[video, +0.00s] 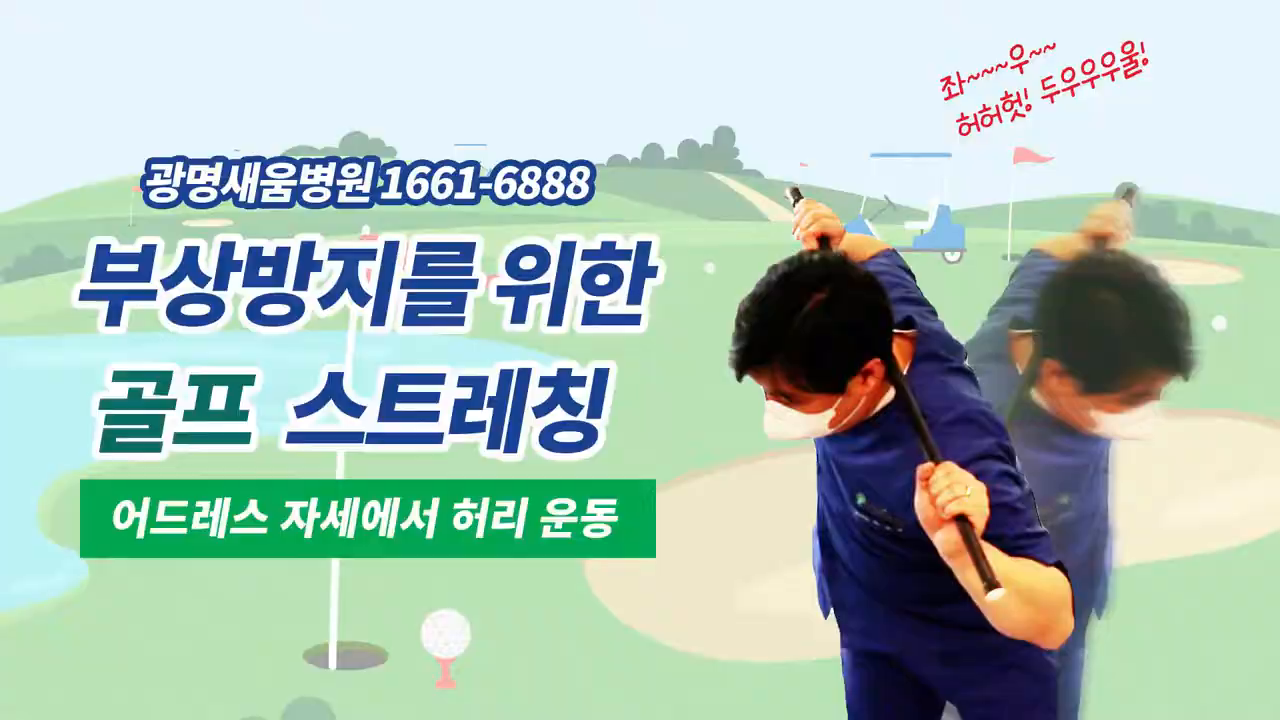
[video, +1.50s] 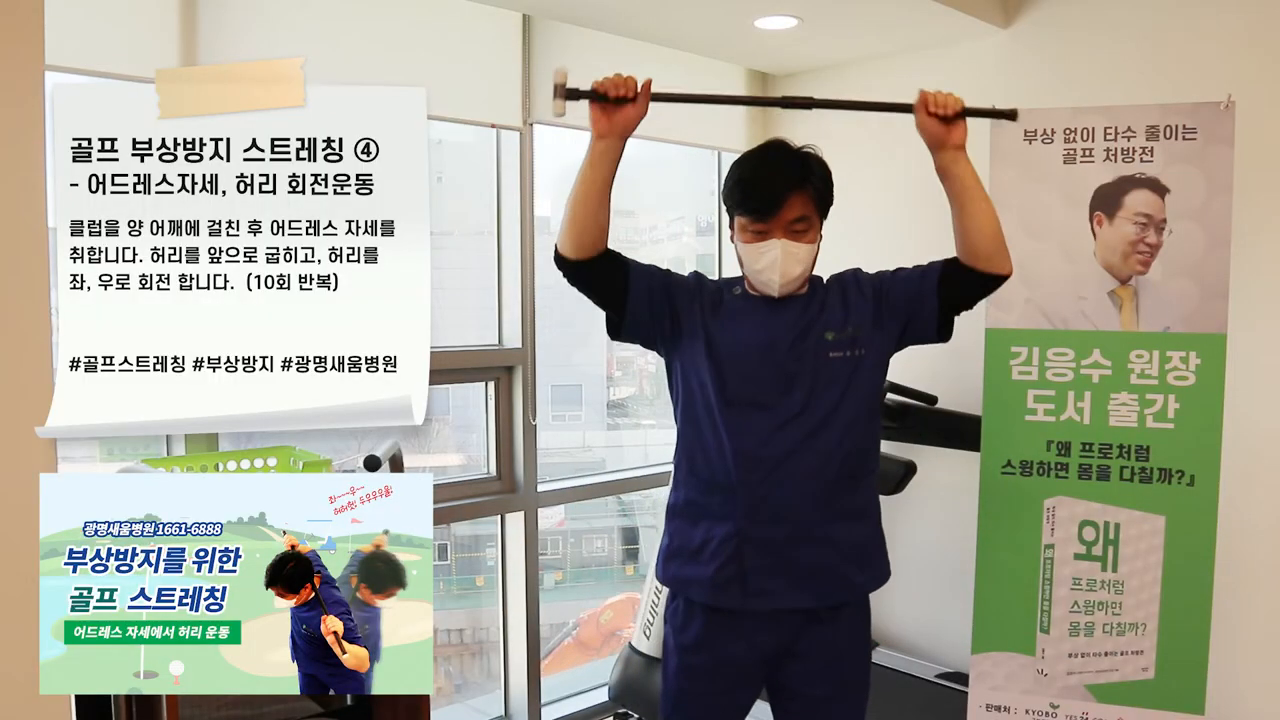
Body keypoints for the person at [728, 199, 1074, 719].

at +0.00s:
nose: (776, 409)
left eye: (792, 398)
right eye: (768, 392)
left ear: (868, 379)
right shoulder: (882, 305)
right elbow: (876, 256)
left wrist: (963, 551)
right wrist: (837, 239)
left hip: (994, 655)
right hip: (878, 635)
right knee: (878, 709)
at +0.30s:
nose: (732, 220)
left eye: (750, 204)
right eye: (711, 207)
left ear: (772, 220)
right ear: (687, 224)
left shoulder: (828, 332)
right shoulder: (640, 340)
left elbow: (873, 459)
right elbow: (604, 470)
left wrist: (875, 585)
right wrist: (616, 597)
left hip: (800, 630)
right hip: (677, 636)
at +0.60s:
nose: (735, 220)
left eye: (754, 203)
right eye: (715, 207)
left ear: (776, 219)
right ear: (690, 225)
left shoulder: (831, 333)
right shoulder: (643, 342)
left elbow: (875, 461)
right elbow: (610, 473)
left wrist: (875, 588)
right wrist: (619, 603)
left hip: (801, 625)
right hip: (677, 629)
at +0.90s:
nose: (752, 229)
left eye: (771, 213)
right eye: (732, 215)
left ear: (794, 226)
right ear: (707, 226)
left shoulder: (843, 328)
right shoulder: (656, 330)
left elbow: (928, 419)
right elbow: (582, 420)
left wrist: (933, 479)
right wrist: (587, 493)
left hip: (805, 613)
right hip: (687, 613)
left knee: (811, 712)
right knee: (674, 712)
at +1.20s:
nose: (771, 261)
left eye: (792, 241)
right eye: (752, 242)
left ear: (815, 236)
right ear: (725, 235)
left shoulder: (855, 315)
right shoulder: (679, 314)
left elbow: (981, 342)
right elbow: (567, 326)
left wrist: (968, 283)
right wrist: (581, 272)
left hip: (817, 612)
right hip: (700, 612)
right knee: (683, 712)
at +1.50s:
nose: (779, 249)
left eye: (799, 229)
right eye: (758, 232)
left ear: (822, 229)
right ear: (733, 231)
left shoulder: (866, 308)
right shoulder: (692, 310)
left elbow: (986, 267)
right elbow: (580, 258)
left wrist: (951, 154)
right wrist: (606, 142)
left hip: (830, 614)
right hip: (709, 612)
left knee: (831, 714)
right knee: (690, 713)